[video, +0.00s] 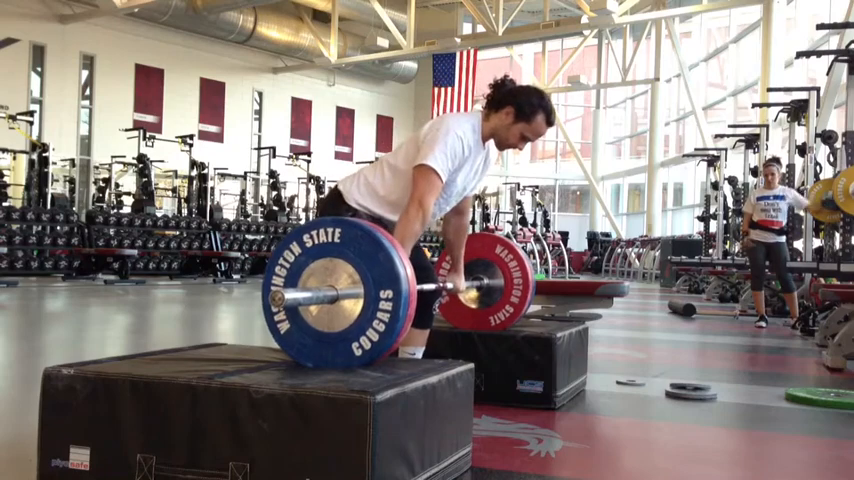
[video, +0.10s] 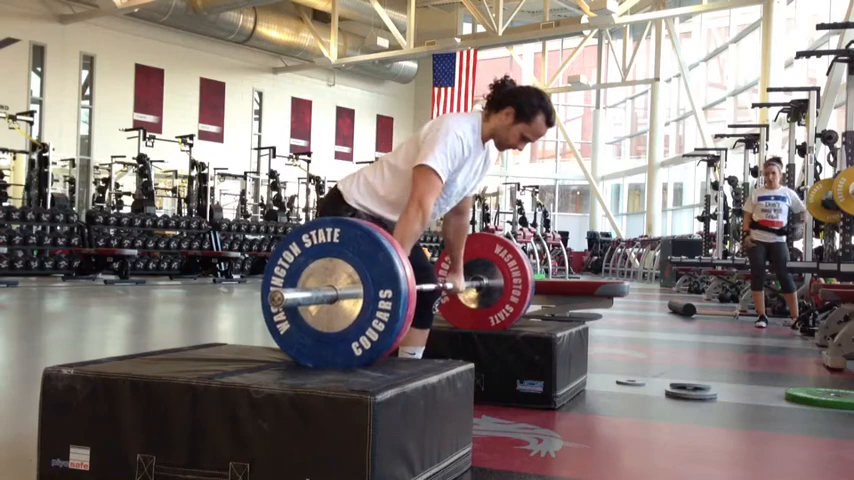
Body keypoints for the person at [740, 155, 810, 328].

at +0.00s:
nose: (769, 178)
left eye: (772, 174)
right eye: (766, 175)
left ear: (779, 175)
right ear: (762, 176)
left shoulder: (787, 193)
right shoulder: (755, 194)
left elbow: (808, 205)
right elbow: (747, 216)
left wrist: (824, 205)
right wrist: (744, 234)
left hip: (778, 240)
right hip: (756, 239)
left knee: (784, 275)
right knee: (757, 276)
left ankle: (795, 317)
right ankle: (761, 316)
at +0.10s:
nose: (770, 176)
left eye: (773, 173)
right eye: (767, 173)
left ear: (780, 174)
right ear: (763, 175)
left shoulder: (788, 193)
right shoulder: (755, 193)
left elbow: (803, 212)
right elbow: (747, 215)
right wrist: (745, 233)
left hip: (778, 240)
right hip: (757, 238)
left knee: (784, 275)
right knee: (757, 275)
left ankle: (795, 317)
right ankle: (761, 315)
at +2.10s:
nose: (766, 176)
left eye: (769, 173)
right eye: (763, 173)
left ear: (776, 174)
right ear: (759, 175)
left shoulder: (784, 193)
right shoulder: (751, 195)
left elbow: (794, 213)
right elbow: (744, 217)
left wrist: (788, 224)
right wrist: (746, 235)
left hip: (777, 240)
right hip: (756, 239)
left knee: (785, 276)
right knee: (757, 277)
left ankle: (795, 318)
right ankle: (761, 316)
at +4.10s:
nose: (766, 176)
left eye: (769, 173)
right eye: (763, 173)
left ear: (776, 174)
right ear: (759, 175)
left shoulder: (784, 193)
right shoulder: (751, 195)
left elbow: (792, 214)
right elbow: (744, 216)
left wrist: (787, 224)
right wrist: (746, 235)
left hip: (777, 240)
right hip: (757, 239)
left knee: (785, 276)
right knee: (757, 278)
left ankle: (795, 318)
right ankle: (761, 315)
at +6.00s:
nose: (767, 172)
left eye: (770, 169)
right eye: (764, 170)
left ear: (776, 172)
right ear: (760, 173)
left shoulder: (784, 192)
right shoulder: (752, 193)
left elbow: (792, 213)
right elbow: (744, 216)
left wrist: (788, 224)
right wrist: (746, 235)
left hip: (778, 239)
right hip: (757, 239)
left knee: (785, 275)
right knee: (757, 277)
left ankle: (795, 317)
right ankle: (761, 316)